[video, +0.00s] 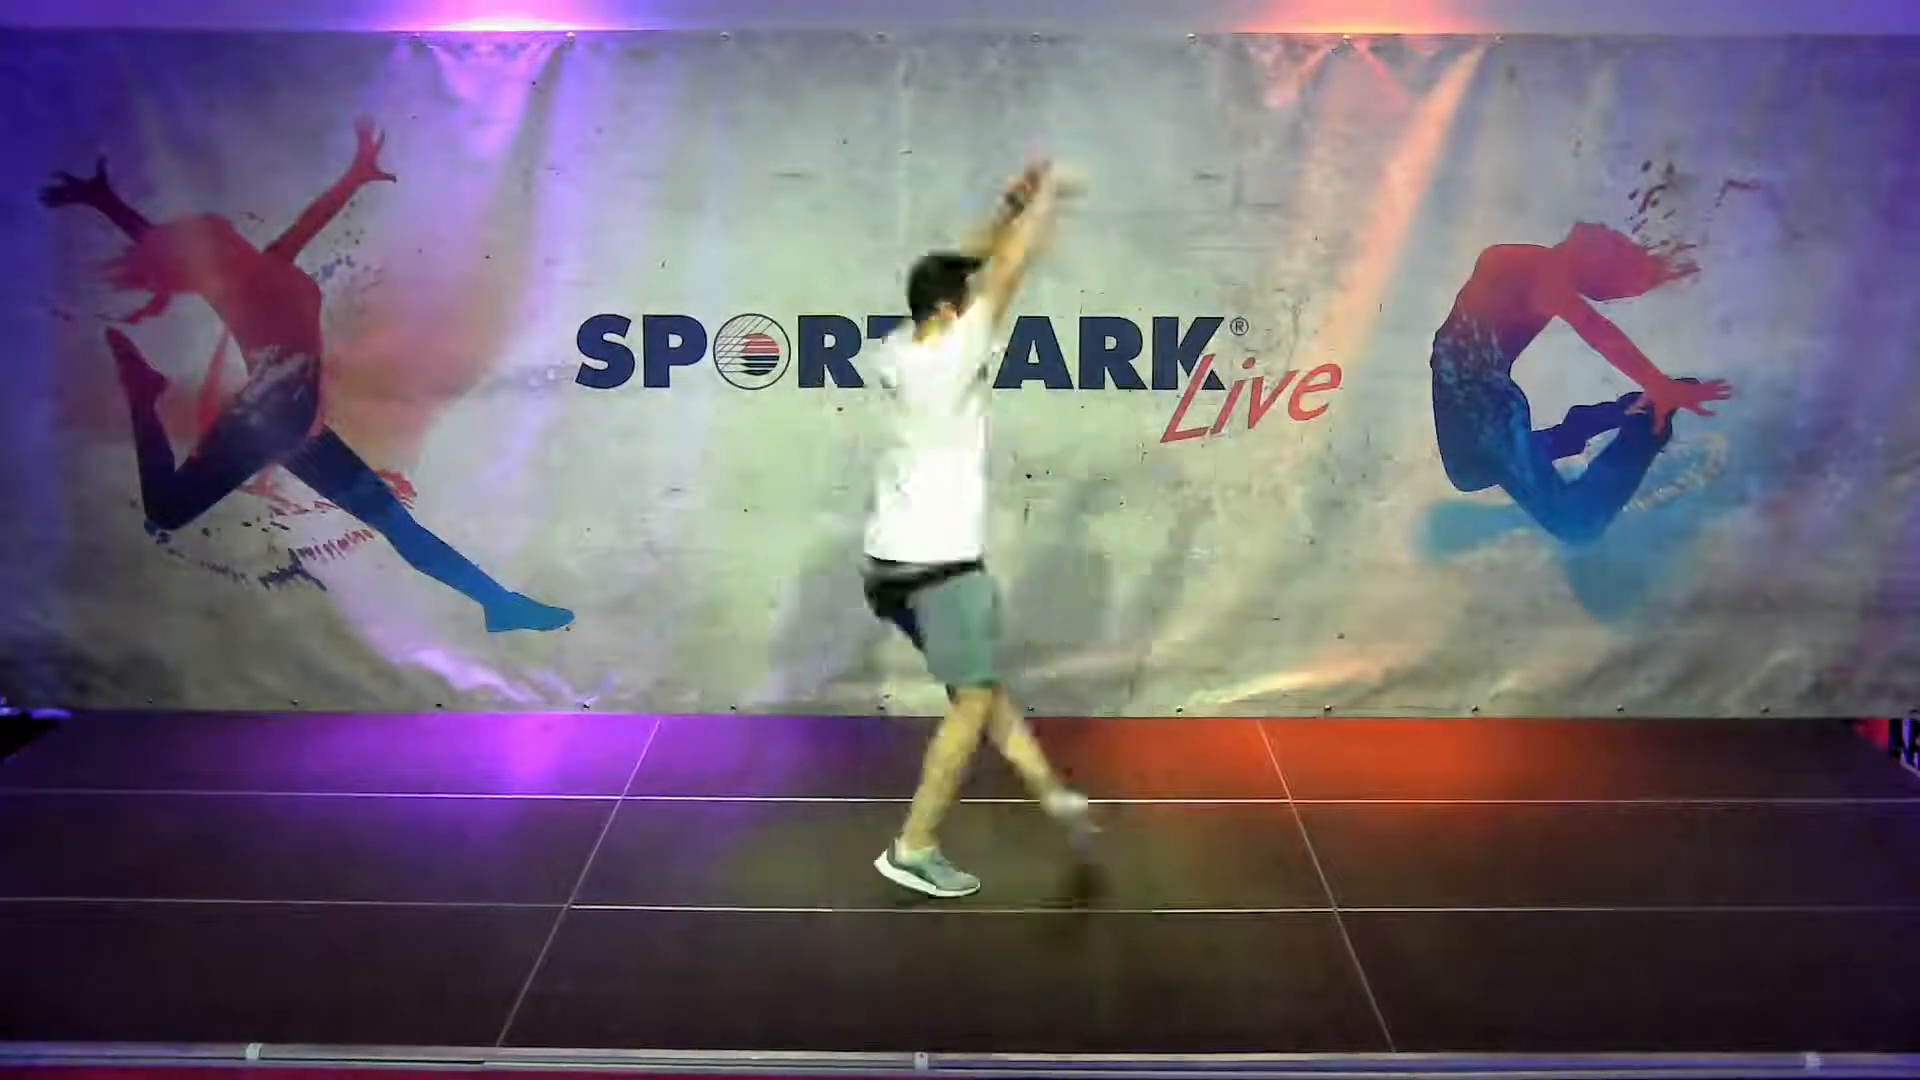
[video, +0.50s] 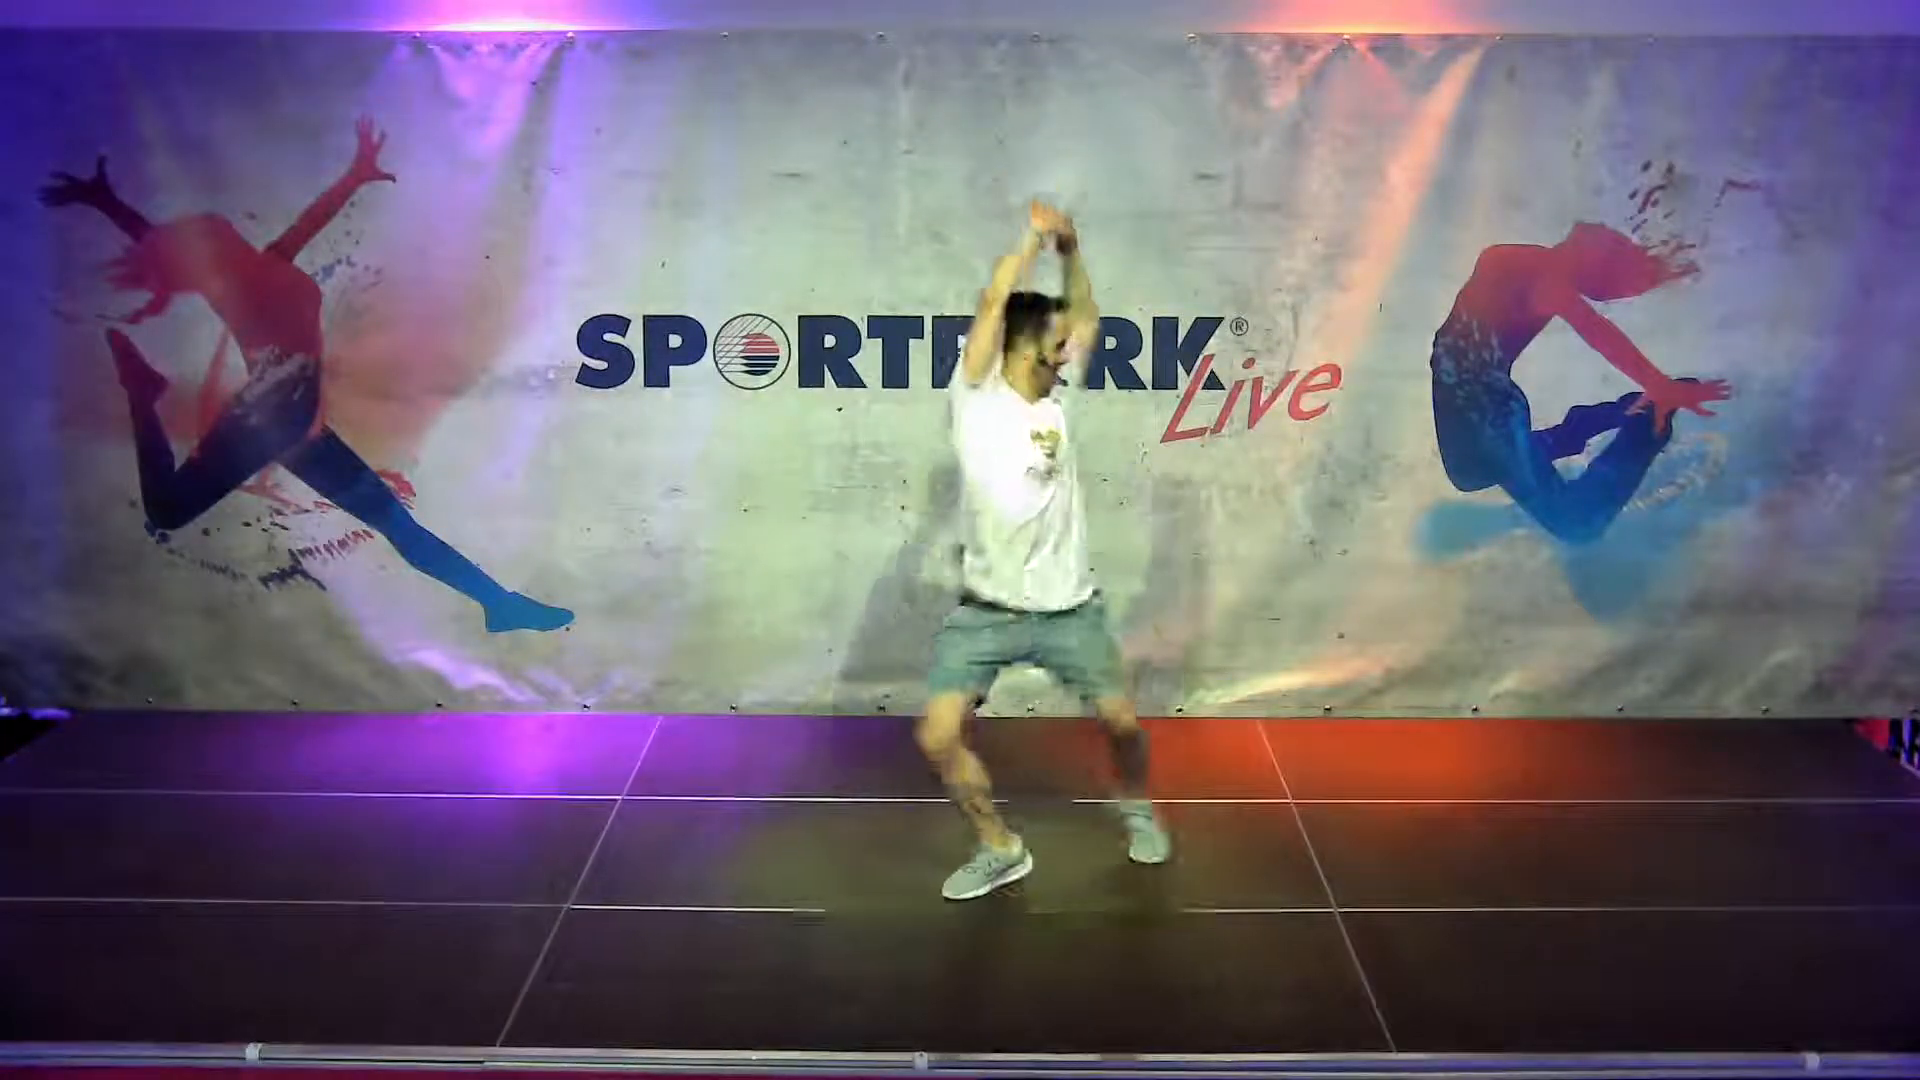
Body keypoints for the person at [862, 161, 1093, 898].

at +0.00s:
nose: (985, 314)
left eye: (982, 299)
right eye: (978, 299)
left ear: (923, 306)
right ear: (953, 307)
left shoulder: (897, 353)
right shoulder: (951, 357)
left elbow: (961, 274)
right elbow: (1007, 273)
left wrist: (1007, 212)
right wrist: (1042, 204)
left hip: (894, 560)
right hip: (944, 559)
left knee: (984, 689)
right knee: (972, 703)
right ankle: (914, 848)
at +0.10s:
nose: (999, 340)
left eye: (1002, 329)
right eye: (989, 328)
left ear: (993, 338)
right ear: (958, 332)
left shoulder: (974, 398)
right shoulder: (935, 397)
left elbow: (999, 308)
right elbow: (962, 309)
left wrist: (1022, 244)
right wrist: (1005, 228)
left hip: (966, 581)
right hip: (940, 584)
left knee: (1019, 715)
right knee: (998, 720)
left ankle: (1083, 835)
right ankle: (912, 851)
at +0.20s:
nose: (1019, 355)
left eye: (1022, 345)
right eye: (1011, 345)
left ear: (1007, 349)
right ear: (975, 343)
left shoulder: (1000, 396)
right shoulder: (938, 399)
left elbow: (1025, 303)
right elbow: (958, 307)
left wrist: (1046, 223)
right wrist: (1002, 221)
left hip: (999, 593)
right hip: (946, 598)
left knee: (1073, 670)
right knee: (1000, 731)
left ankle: (1073, 824)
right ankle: (917, 846)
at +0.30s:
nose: (1032, 354)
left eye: (1032, 345)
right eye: (1024, 344)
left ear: (1020, 348)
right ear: (990, 343)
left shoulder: (1020, 393)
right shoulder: (952, 392)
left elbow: (1040, 305)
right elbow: (971, 299)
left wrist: (1049, 223)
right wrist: (1006, 217)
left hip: (1028, 593)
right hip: (954, 606)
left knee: (1108, 689)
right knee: (956, 750)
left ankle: (1100, 796)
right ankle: (980, 838)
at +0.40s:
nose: (1053, 364)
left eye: (1055, 352)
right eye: (1045, 351)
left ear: (1040, 355)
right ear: (1008, 350)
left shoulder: (1035, 405)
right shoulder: (961, 402)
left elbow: (1057, 325)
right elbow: (987, 307)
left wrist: (1052, 249)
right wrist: (1015, 232)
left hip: (1049, 614)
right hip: (968, 615)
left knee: (1107, 732)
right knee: (924, 744)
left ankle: (1151, 802)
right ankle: (1000, 848)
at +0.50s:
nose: (1060, 358)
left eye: (1063, 348)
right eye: (1049, 346)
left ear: (1056, 351)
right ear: (1011, 343)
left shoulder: (1054, 401)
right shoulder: (975, 401)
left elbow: (1080, 324)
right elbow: (993, 304)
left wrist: (1070, 249)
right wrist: (1033, 244)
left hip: (1069, 610)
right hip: (987, 611)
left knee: (1123, 724)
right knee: (938, 737)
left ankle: (1137, 808)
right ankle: (1001, 847)